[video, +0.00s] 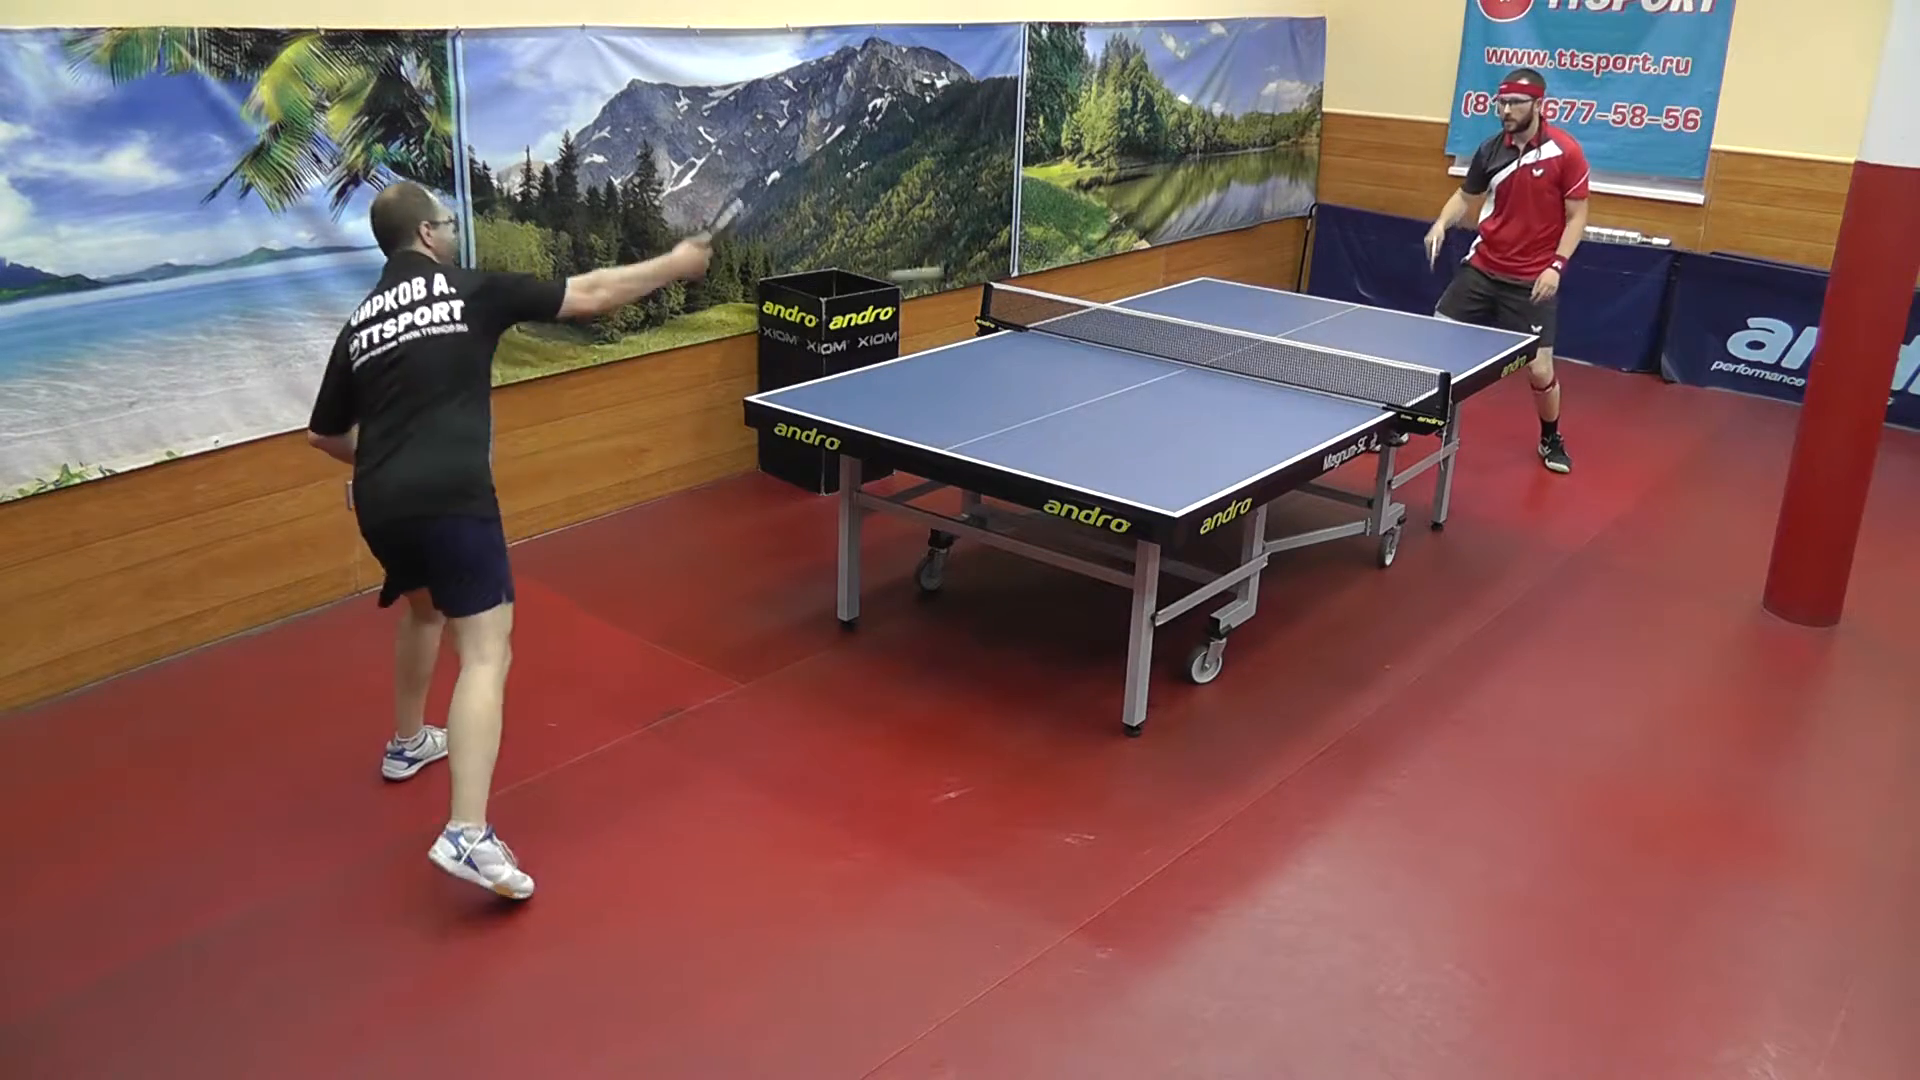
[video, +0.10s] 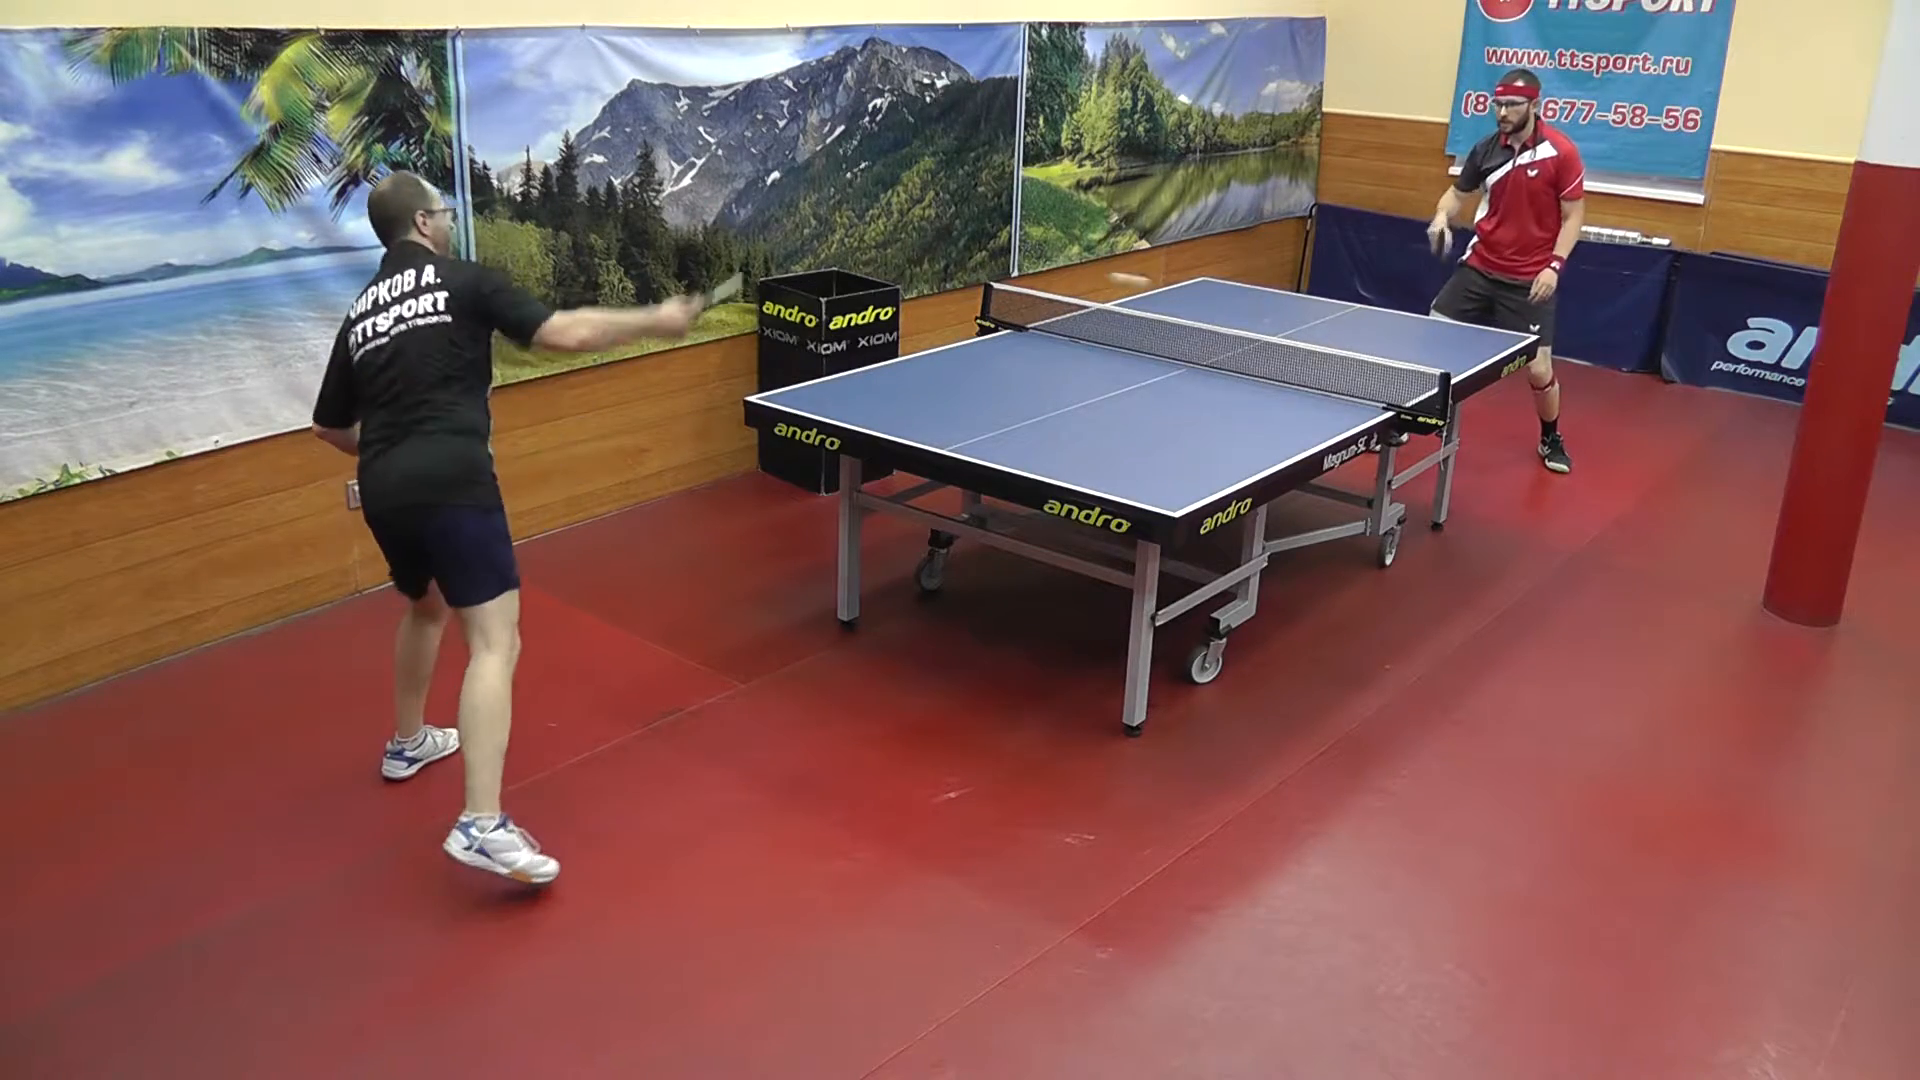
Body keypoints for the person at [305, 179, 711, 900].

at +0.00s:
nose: (452, 232)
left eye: (445, 221)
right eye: (445, 223)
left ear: (388, 244)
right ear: (429, 234)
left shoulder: (360, 325)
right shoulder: (474, 289)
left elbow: (326, 433)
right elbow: (587, 294)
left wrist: (382, 455)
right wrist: (675, 263)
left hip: (381, 503)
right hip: (456, 496)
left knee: (422, 609)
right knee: (484, 658)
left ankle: (409, 739)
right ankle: (468, 831)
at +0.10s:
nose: (449, 221)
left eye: (442, 210)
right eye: (442, 213)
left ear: (387, 233)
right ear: (424, 224)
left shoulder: (362, 312)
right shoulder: (464, 281)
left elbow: (331, 424)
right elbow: (564, 332)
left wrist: (385, 445)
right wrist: (657, 318)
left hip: (383, 489)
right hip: (456, 478)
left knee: (425, 605)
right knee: (493, 645)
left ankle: (409, 738)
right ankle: (482, 820)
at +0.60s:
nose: (554, 240)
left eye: (551, 228)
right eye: (547, 231)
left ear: (495, 243)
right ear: (518, 244)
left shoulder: (448, 299)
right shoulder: (502, 330)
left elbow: (446, 404)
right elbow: (518, 461)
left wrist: (527, 429)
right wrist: (587, 511)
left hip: (401, 502)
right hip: (449, 519)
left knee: (440, 620)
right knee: (517, 670)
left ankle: (406, 739)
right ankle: (521, 847)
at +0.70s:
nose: (571, 252)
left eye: (567, 239)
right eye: (563, 241)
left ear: (509, 249)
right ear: (537, 251)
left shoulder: (463, 302)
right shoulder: (510, 341)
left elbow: (464, 402)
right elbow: (519, 470)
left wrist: (538, 440)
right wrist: (578, 524)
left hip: (403, 503)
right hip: (448, 523)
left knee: (444, 618)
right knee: (528, 669)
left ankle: (406, 737)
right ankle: (521, 845)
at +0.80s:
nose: (576, 264)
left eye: (574, 251)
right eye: (571, 253)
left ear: (511, 258)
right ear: (546, 261)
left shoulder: (456, 313)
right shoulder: (525, 352)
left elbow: (442, 417)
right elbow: (551, 482)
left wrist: (513, 480)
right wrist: (575, 529)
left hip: (398, 511)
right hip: (454, 529)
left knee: (444, 615)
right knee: (542, 671)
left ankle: (407, 736)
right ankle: (522, 846)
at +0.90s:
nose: (564, 257)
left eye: (561, 245)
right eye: (559, 246)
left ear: (493, 254)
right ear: (536, 253)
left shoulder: (438, 316)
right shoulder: (538, 341)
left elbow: (399, 413)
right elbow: (580, 468)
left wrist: (451, 458)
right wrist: (558, 507)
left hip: (404, 514)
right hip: (473, 529)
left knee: (429, 623)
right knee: (553, 672)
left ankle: (408, 739)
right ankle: (524, 845)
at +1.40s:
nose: (447, 196)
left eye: (440, 184)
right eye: (438, 188)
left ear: (385, 212)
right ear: (416, 206)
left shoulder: (368, 299)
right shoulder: (453, 280)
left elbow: (353, 394)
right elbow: (560, 293)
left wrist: (431, 366)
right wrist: (633, 203)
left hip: (395, 496)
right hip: (461, 492)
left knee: (419, 621)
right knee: (512, 657)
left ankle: (399, 748)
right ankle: (531, 830)